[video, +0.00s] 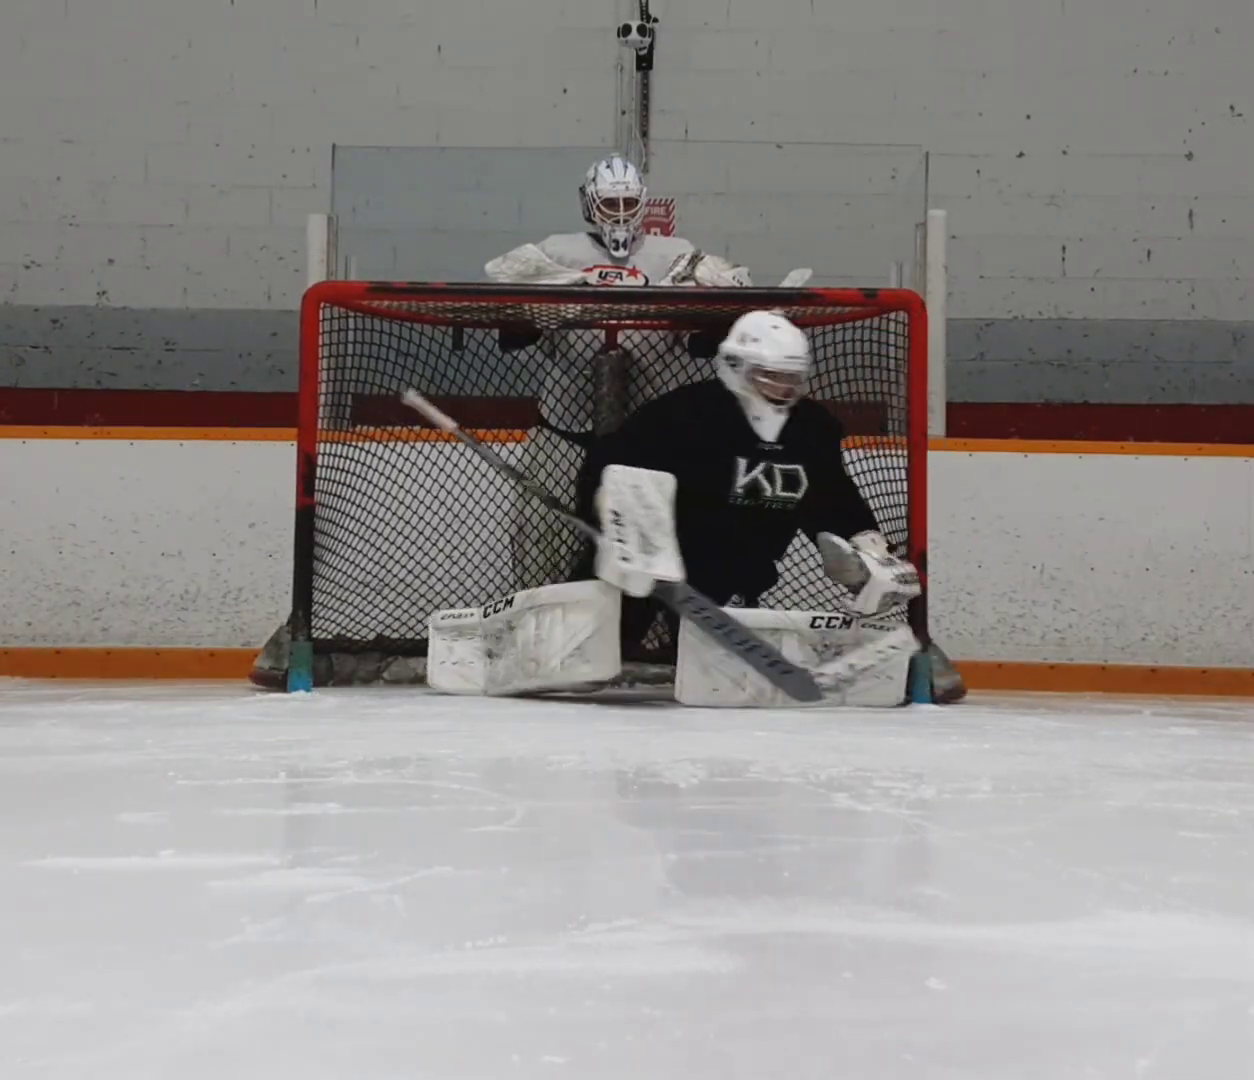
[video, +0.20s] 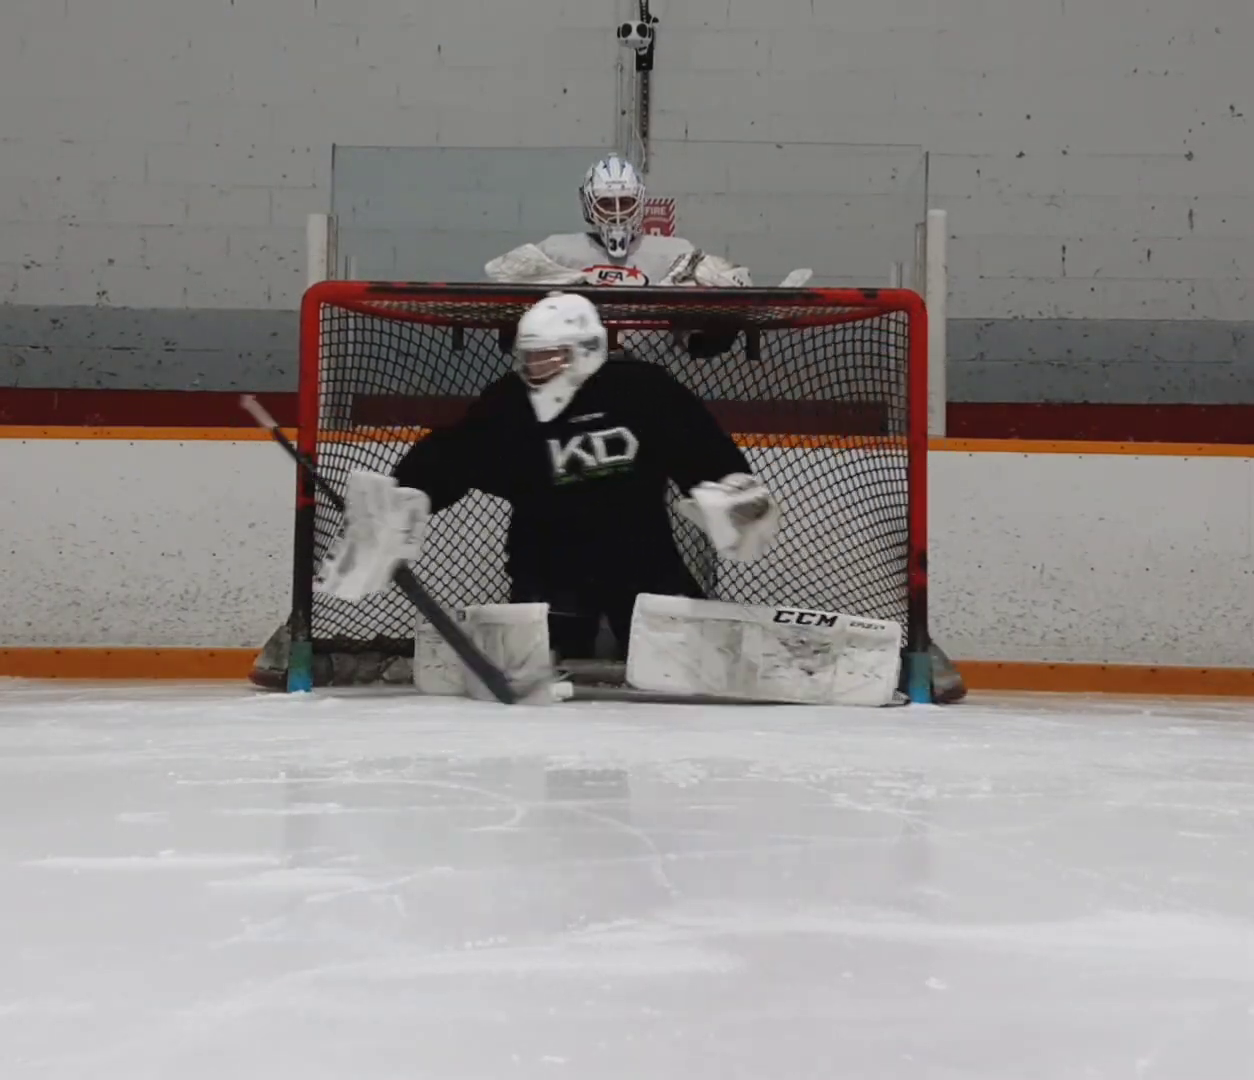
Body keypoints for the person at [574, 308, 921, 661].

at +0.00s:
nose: (784, 391)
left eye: (793, 380)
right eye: (773, 379)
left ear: (805, 377)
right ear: (739, 370)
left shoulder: (813, 431)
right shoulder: (689, 413)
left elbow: (838, 503)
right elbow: (609, 464)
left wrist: (871, 556)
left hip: (740, 593)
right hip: (652, 578)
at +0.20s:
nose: (536, 370)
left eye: (549, 358)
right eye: (528, 358)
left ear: (586, 354)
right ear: (520, 357)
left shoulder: (641, 389)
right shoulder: (504, 410)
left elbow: (705, 450)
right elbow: (442, 460)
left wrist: (732, 501)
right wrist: (394, 509)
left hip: (646, 590)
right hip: (546, 594)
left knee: (664, 728)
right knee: (548, 736)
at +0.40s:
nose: (378, 362)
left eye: (389, 350)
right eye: (372, 352)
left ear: (426, 343)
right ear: (368, 352)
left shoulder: (481, 378)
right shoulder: (363, 410)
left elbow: (553, 425)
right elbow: (326, 474)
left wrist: (500, 458)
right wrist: (302, 497)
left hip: (545, 554)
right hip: (463, 577)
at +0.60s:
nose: (281, 351)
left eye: (290, 338)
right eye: (276, 340)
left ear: (327, 331)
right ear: (283, 340)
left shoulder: (387, 372)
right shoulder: (293, 398)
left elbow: (422, 451)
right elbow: (288, 487)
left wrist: (354, 469)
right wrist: (270, 451)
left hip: (438, 525)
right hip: (363, 537)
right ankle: (309, 658)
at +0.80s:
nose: (288, 336)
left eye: (298, 323)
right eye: (278, 327)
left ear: (332, 318)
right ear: (266, 330)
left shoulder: (369, 360)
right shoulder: (266, 392)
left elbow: (458, 434)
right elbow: (289, 477)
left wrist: (399, 477)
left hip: (439, 543)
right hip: (355, 558)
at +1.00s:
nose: (341, 284)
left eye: (352, 271)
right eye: (330, 274)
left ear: (386, 265)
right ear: (315, 276)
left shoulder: (431, 314)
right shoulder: (291, 331)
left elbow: (508, 375)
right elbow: (258, 422)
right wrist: (221, 481)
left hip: (443, 495)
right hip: (354, 507)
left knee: (478, 583)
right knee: (356, 655)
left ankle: (515, 667)